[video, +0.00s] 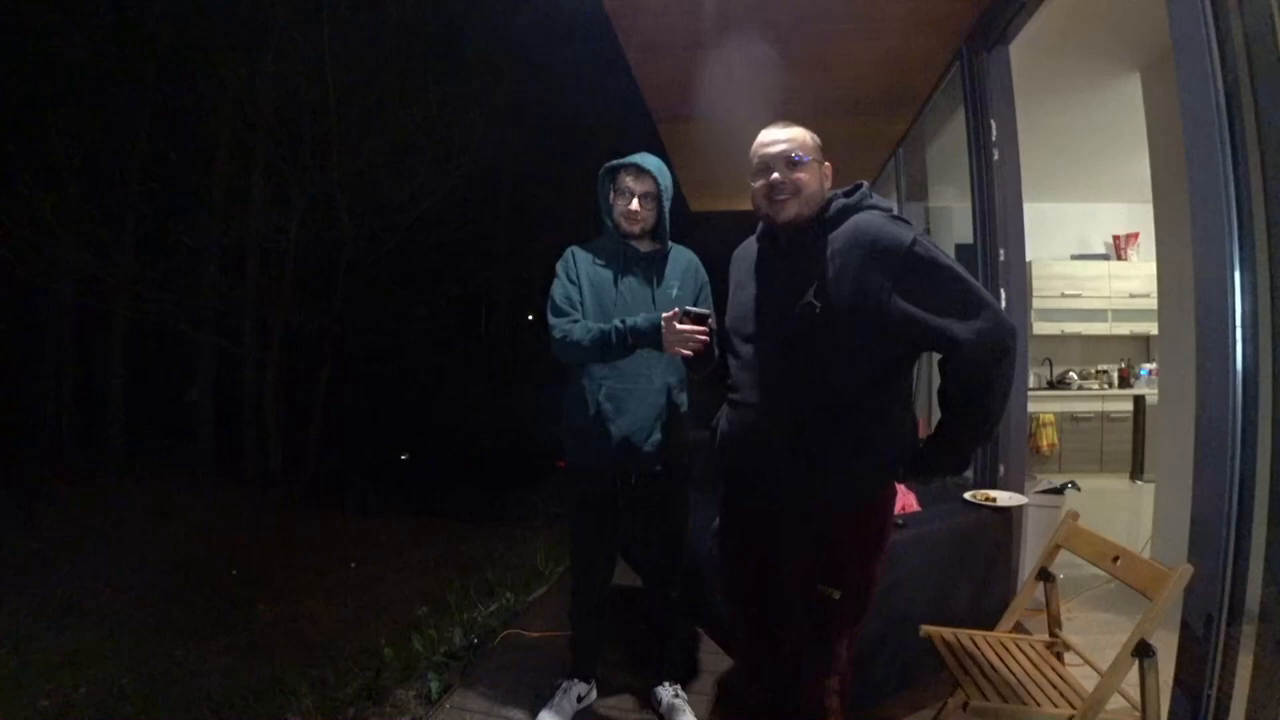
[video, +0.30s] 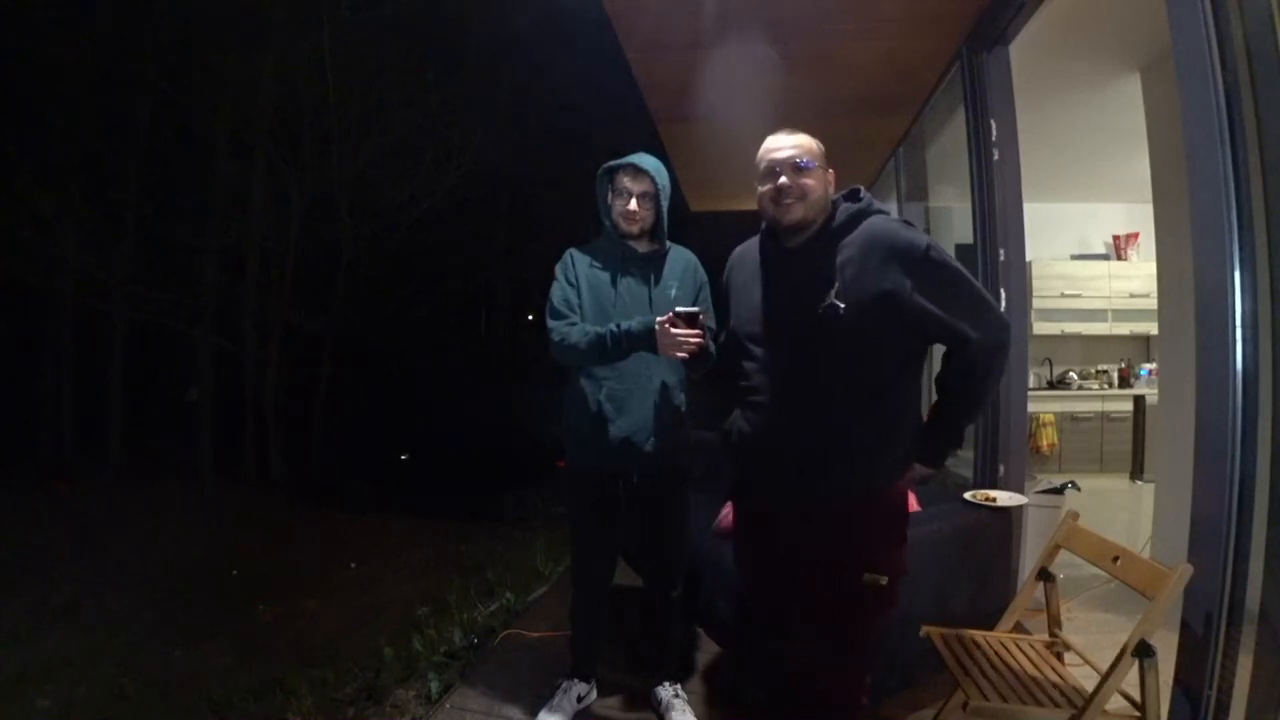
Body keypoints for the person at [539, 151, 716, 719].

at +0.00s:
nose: (634, 206)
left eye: (646, 197)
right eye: (624, 196)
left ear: (662, 204)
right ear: (609, 202)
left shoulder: (686, 266)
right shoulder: (578, 263)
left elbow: (706, 353)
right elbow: (564, 339)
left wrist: (699, 346)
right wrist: (651, 330)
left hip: (666, 438)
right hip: (595, 437)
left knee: (666, 561)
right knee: (589, 561)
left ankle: (668, 681)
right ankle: (580, 679)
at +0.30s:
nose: (632, 206)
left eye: (643, 197)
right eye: (622, 196)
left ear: (660, 203)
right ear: (607, 202)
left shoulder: (685, 266)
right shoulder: (577, 264)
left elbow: (706, 350)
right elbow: (563, 342)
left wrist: (697, 344)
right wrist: (645, 335)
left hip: (666, 443)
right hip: (595, 442)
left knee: (666, 565)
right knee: (591, 565)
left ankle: (668, 680)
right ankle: (580, 679)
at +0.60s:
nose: (633, 206)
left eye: (645, 197)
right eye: (623, 196)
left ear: (661, 204)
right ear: (608, 202)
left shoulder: (685, 267)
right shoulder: (577, 265)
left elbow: (708, 347)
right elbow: (558, 341)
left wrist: (692, 347)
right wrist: (635, 338)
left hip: (663, 443)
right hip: (594, 442)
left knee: (665, 565)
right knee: (590, 564)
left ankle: (668, 682)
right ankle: (580, 680)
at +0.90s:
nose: (632, 206)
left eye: (643, 197)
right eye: (622, 196)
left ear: (660, 203)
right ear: (607, 202)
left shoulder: (685, 268)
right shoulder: (577, 266)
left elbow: (708, 344)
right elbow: (557, 342)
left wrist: (684, 349)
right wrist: (634, 339)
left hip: (664, 444)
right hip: (593, 442)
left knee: (662, 563)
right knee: (590, 563)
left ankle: (663, 679)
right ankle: (581, 678)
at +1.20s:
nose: (625, 206)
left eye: (637, 197)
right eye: (616, 196)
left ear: (655, 202)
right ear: (602, 200)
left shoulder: (678, 264)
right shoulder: (574, 264)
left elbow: (699, 354)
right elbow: (552, 345)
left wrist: (676, 347)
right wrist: (612, 346)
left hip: (659, 441)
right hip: (592, 440)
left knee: (662, 564)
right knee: (589, 562)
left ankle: (664, 680)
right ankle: (581, 678)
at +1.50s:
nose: (621, 207)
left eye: (632, 198)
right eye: (611, 197)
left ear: (649, 205)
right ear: (595, 201)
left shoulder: (672, 264)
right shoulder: (568, 265)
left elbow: (694, 352)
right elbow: (550, 345)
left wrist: (667, 350)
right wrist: (612, 339)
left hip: (654, 442)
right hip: (588, 440)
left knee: (661, 562)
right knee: (586, 561)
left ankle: (662, 679)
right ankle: (581, 678)